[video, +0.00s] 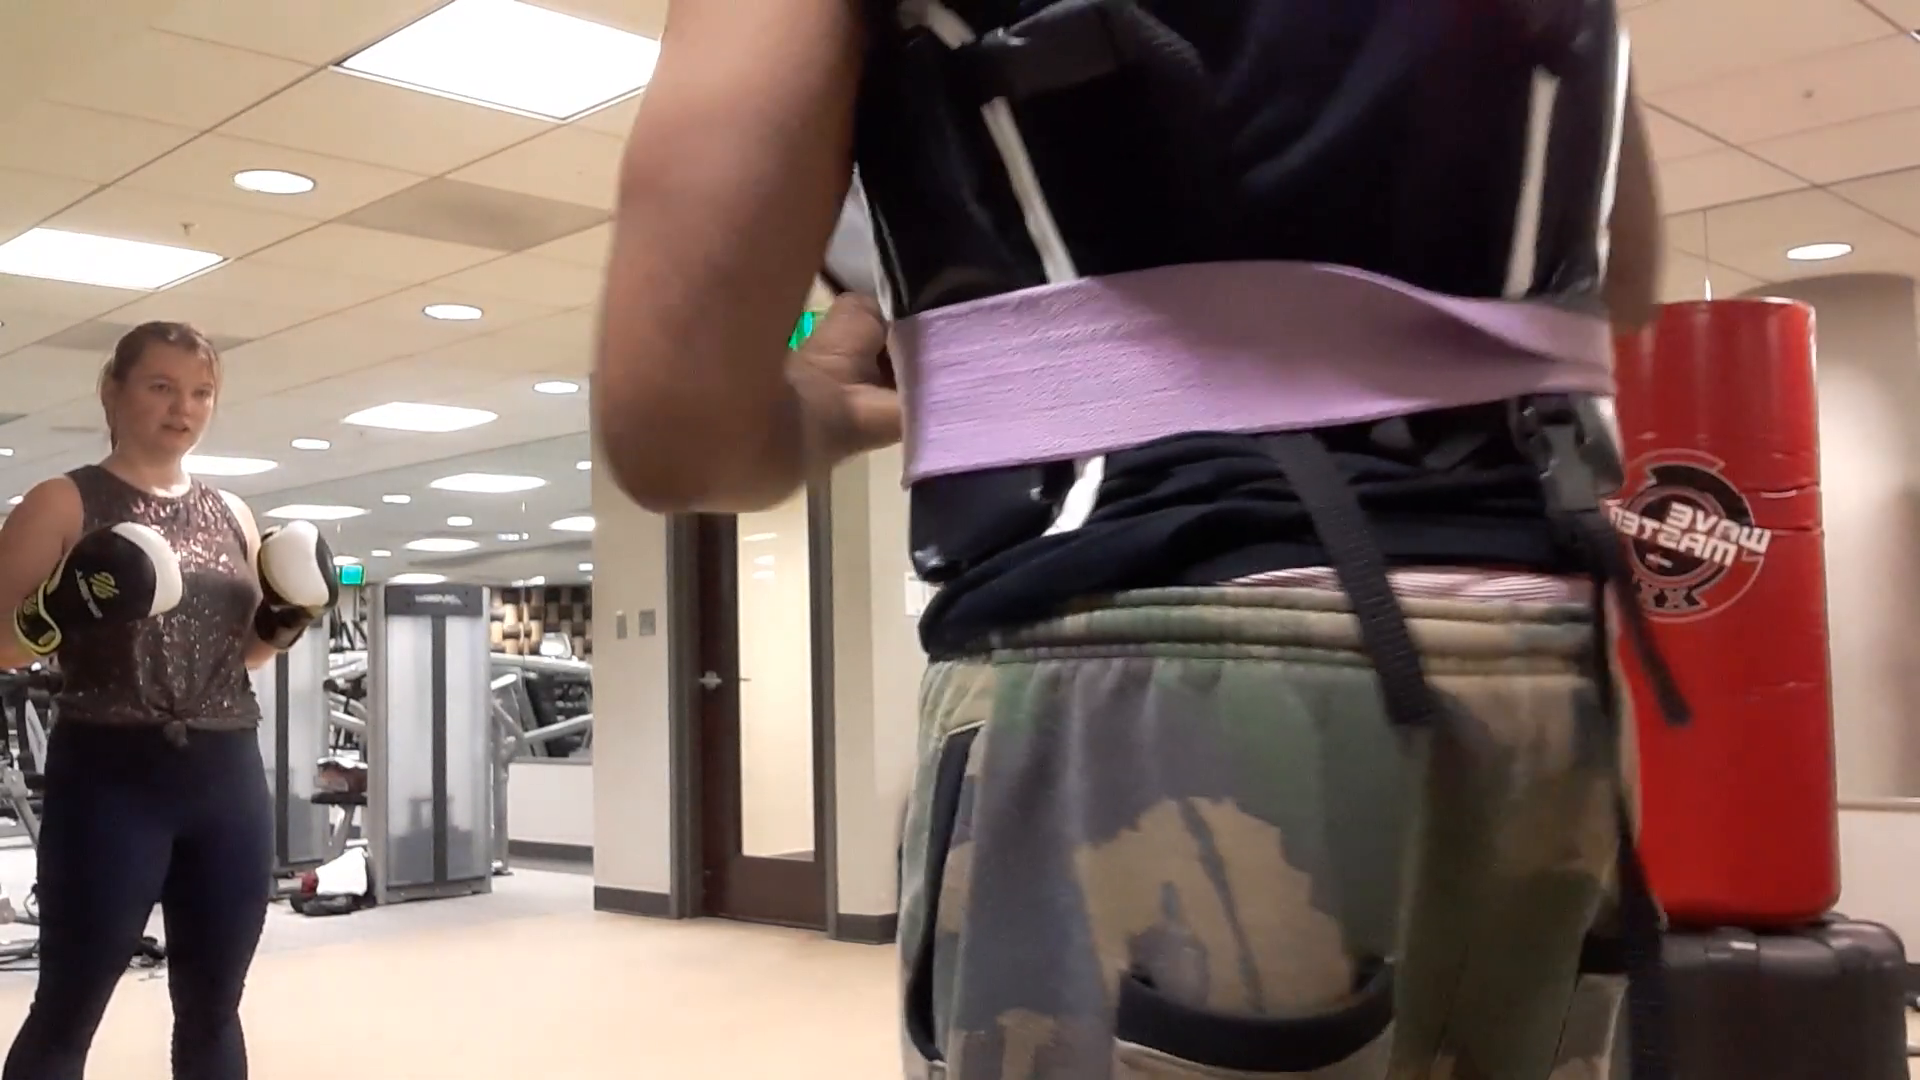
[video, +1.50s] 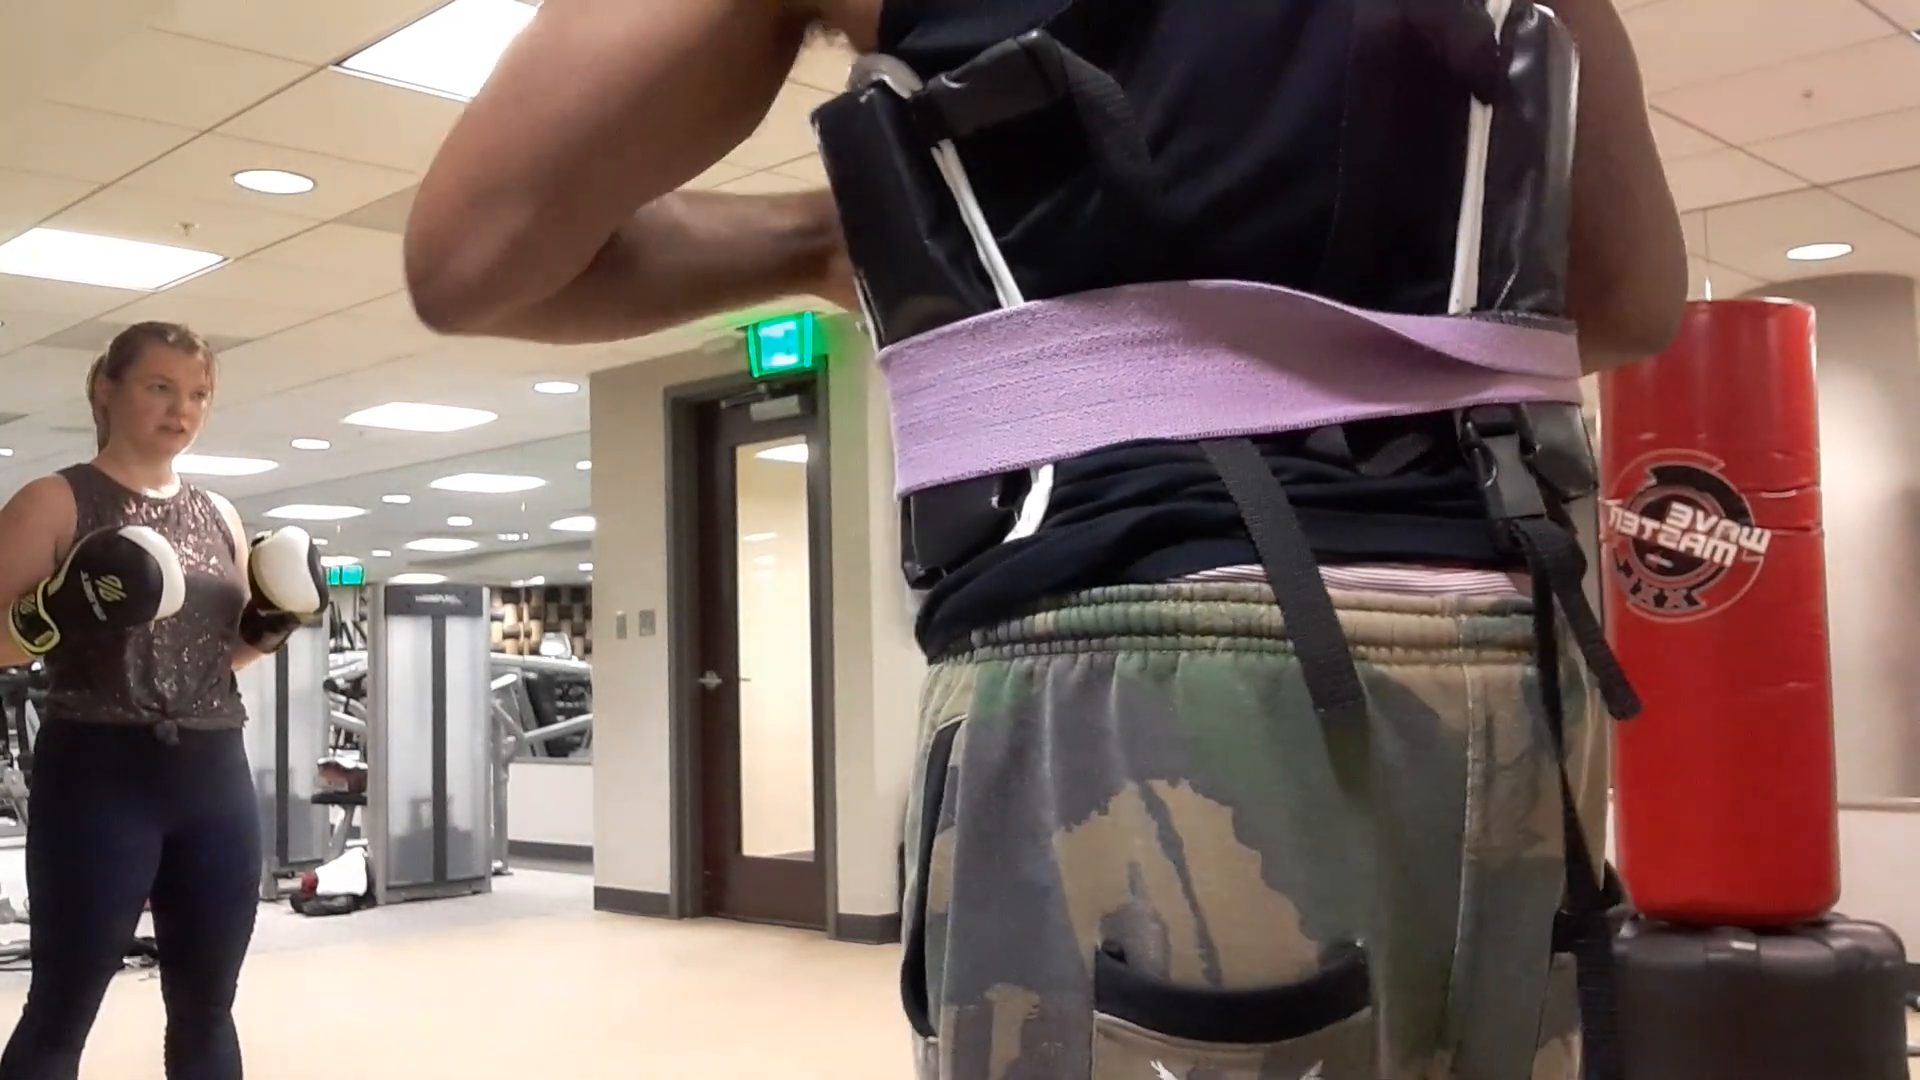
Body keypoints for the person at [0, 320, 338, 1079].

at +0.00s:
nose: (184, 407)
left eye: (201, 392)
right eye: (162, 386)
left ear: (214, 406)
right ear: (112, 394)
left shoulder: (232, 514)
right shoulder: (65, 503)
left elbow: (241, 658)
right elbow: (6, 649)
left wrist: (288, 613)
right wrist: (64, 605)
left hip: (229, 781)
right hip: (107, 781)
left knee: (214, 1013)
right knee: (67, 1013)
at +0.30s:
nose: (181, 408)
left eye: (197, 393)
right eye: (158, 387)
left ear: (210, 407)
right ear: (108, 393)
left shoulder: (226, 515)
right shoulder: (60, 502)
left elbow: (233, 659)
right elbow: (1, 648)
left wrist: (284, 613)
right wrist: (60, 606)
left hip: (224, 780)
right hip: (103, 780)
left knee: (211, 1013)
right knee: (65, 1011)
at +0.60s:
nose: (179, 408)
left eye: (195, 393)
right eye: (157, 387)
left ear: (207, 407)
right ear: (106, 393)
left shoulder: (224, 516)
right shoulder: (55, 501)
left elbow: (224, 660)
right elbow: (3, 644)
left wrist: (280, 614)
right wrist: (59, 606)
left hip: (219, 777)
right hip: (98, 777)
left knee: (208, 1013)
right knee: (62, 1012)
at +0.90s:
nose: (179, 408)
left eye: (194, 394)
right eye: (157, 388)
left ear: (206, 407)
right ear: (104, 394)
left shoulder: (223, 518)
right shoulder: (55, 503)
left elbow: (221, 661)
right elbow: (2, 646)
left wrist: (278, 616)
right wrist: (62, 608)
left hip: (218, 778)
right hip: (97, 778)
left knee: (208, 1011)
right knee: (63, 1008)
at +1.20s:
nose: (180, 409)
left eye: (195, 395)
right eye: (159, 388)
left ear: (206, 408)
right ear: (105, 394)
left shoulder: (221, 518)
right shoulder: (53, 504)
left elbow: (225, 659)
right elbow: (3, 647)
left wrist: (279, 614)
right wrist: (60, 609)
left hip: (217, 776)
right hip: (96, 777)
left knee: (208, 1011)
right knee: (62, 1011)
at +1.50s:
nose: (182, 409)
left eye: (197, 395)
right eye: (160, 388)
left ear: (207, 408)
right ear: (105, 392)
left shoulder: (221, 518)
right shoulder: (53, 503)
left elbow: (220, 660)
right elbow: (4, 646)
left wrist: (277, 617)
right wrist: (62, 609)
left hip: (216, 777)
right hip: (95, 777)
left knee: (207, 1010)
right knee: (61, 1011)